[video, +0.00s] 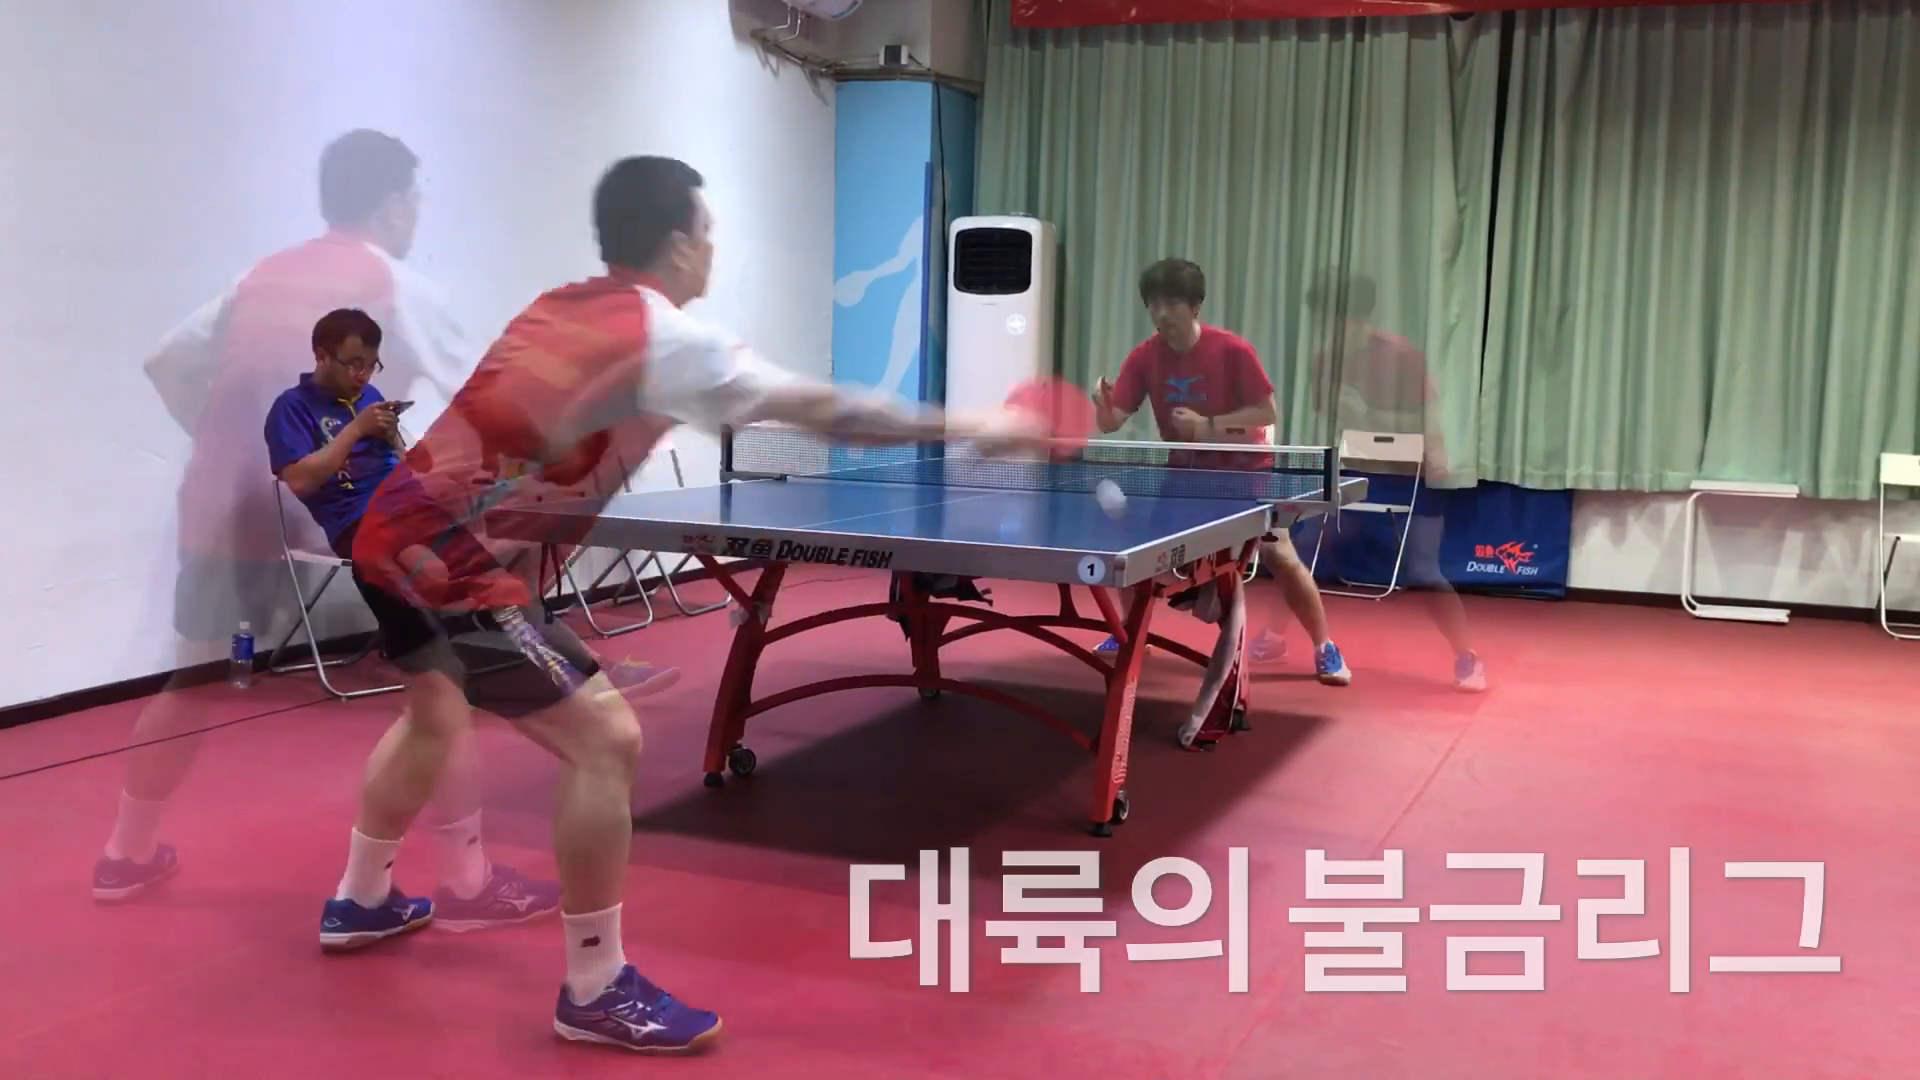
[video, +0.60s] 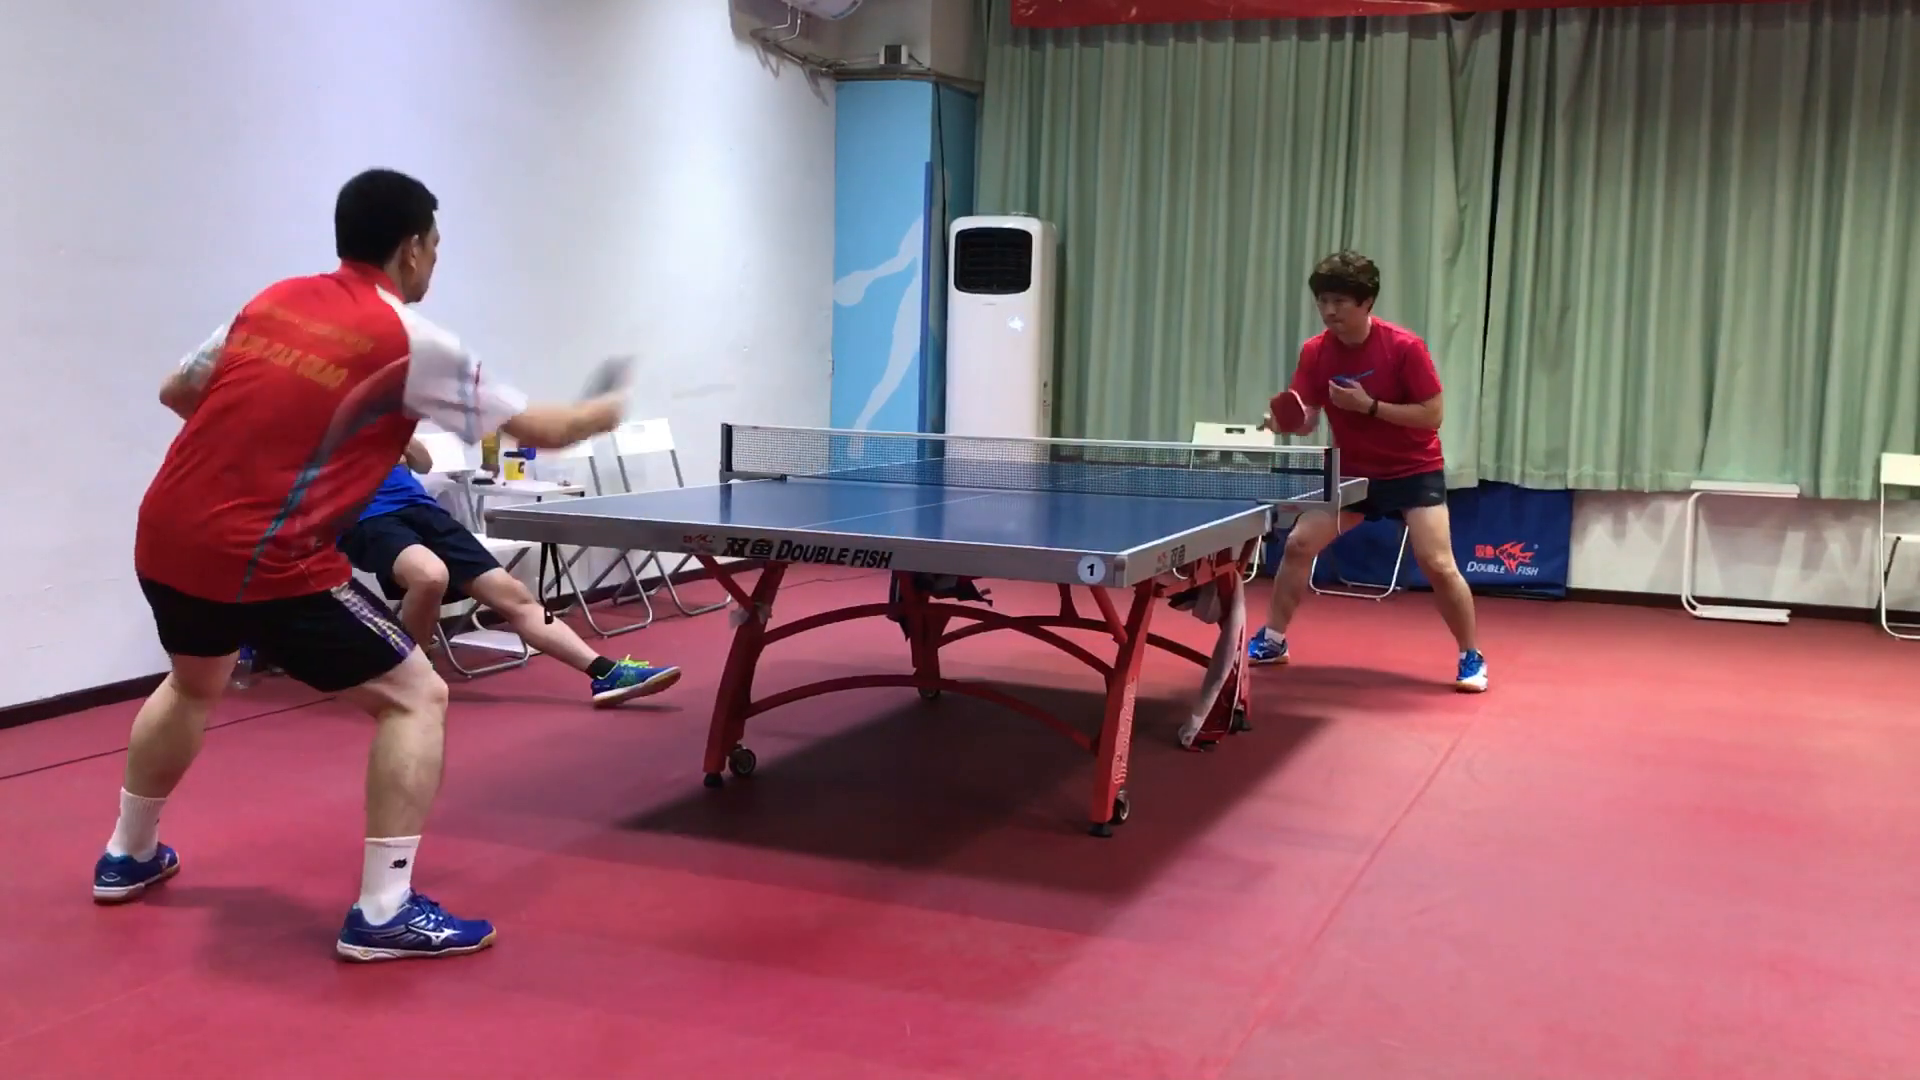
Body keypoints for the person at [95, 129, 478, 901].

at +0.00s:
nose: (419, 211)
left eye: (416, 196)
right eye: (413, 196)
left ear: (330, 199)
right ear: (390, 203)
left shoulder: (264, 276)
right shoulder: (395, 287)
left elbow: (168, 362)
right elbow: (472, 391)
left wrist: (230, 444)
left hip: (220, 505)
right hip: (337, 512)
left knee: (197, 672)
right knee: (437, 673)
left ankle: (127, 854)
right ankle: (466, 874)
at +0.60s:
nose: (435, 260)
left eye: (435, 245)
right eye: (433, 245)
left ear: (346, 244)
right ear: (409, 251)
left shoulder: (275, 300)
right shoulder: (410, 342)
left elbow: (179, 389)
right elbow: (535, 429)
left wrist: (265, 442)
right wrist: (604, 411)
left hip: (166, 542)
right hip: (271, 563)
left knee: (191, 685)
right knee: (416, 694)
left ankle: (127, 853)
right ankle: (384, 908)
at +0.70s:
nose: (427, 229)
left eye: (425, 213)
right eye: (423, 214)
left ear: (337, 216)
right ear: (396, 221)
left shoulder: (267, 278)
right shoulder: (415, 305)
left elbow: (169, 363)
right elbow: (556, 371)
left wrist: (253, 422)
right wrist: (659, 372)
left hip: (178, 528)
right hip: (288, 542)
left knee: (181, 686)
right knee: (412, 693)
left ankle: (122, 853)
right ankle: (383, 908)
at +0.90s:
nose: (395, 192)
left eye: (393, 177)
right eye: (392, 178)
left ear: (308, 181)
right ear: (367, 183)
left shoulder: (242, 255)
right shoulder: (369, 271)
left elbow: (173, 359)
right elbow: (465, 376)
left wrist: (277, 396)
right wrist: (567, 389)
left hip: (179, 508)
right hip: (280, 519)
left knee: (175, 686)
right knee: (386, 685)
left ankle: (124, 855)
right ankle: (385, 905)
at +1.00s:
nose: (400, 196)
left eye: (400, 180)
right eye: (398, 179)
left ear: (312, 183)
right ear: (367, 183)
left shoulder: (251, 250)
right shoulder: (359, 267)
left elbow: (255, 388)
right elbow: (436, 397)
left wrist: (346, 414)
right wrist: (512, 421)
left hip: (172, 502)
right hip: (263, 513)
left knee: (175, 685)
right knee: (368, 685)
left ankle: (125, 854)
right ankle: (374, 908)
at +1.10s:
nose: (414, 224)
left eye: (413, 208)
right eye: (412, 209)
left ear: (329, 207)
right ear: (386, 211)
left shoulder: (266, 275)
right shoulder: (367, 294)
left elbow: (278, 438)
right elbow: (427, 431)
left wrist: (392, 457)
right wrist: (488, 459)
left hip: (165, 521)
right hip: (256, 534)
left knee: (192, 680)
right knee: (375, 691)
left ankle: (126, 853)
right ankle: (370, 914)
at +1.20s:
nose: (425, 264)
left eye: (426, 249)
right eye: (424, 248)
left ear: (338, 240)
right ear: (400, 247)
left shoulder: (271, 299)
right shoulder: (382, 328)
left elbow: (292, 439)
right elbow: (454, 471)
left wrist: (392, 459)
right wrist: (461, 511)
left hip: (160, 539)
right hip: (257, 550)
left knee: (199, 683)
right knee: (397, 695)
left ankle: (126, 854)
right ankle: (370, 914)